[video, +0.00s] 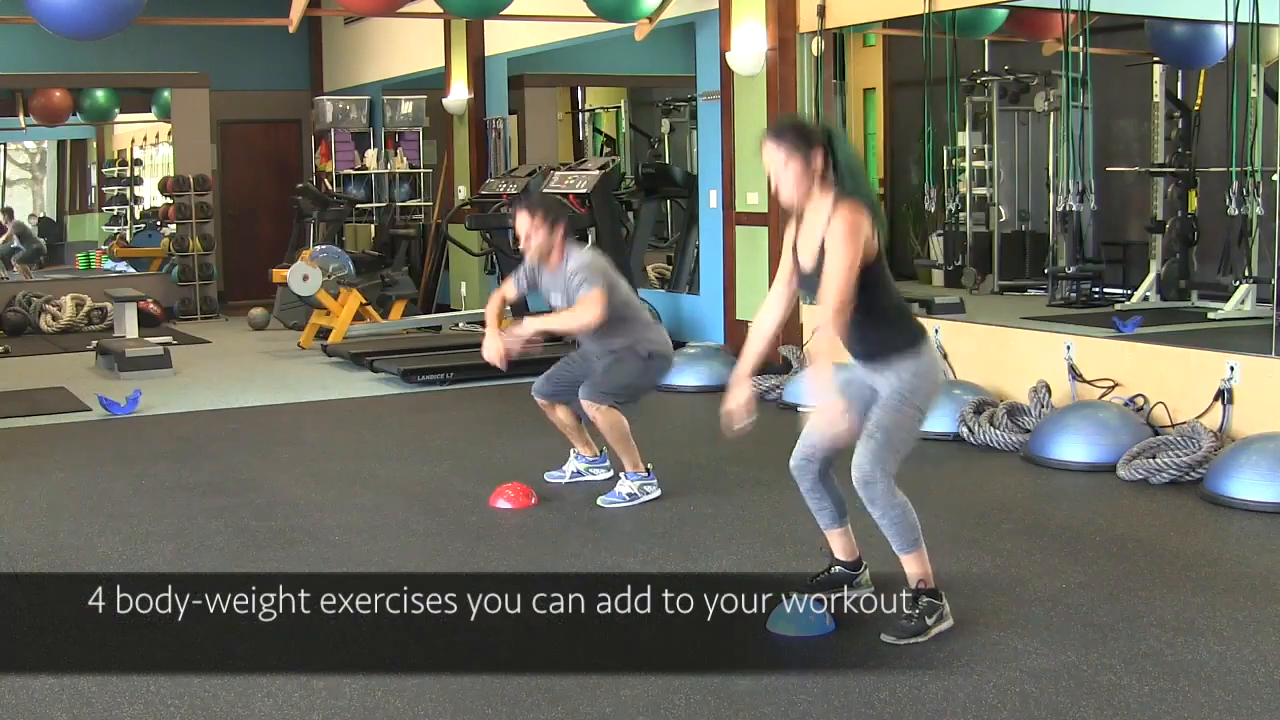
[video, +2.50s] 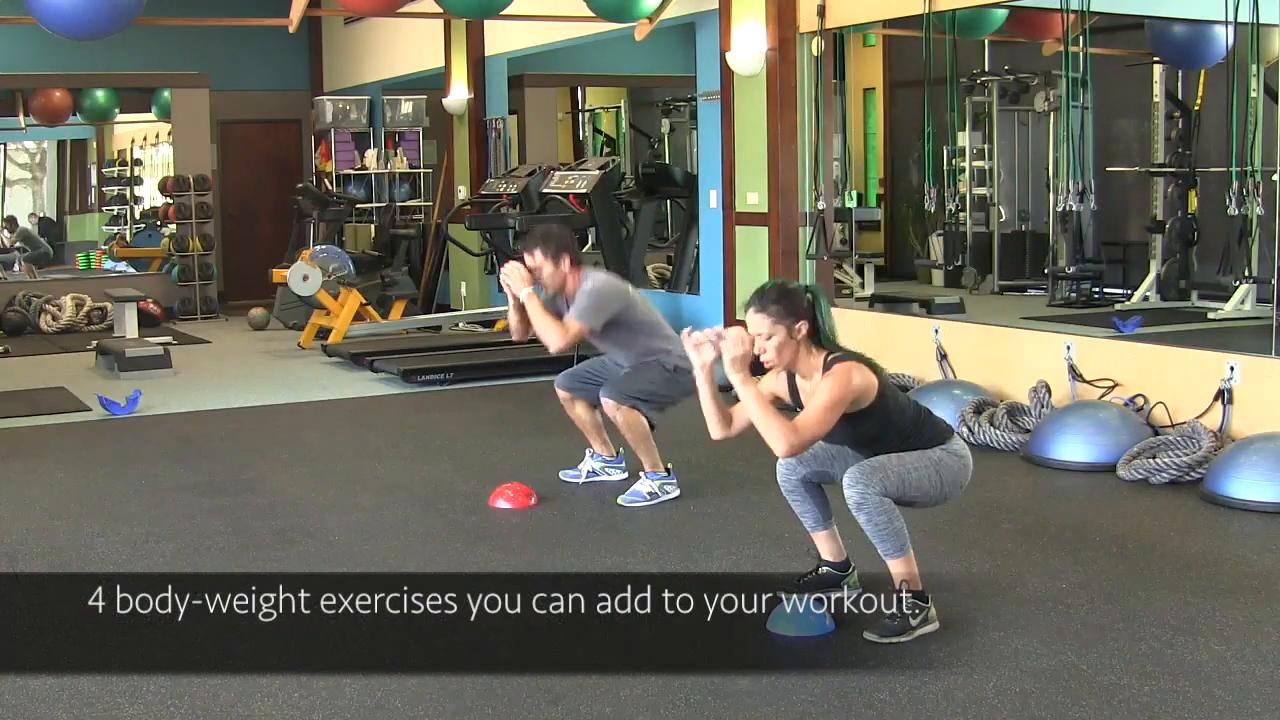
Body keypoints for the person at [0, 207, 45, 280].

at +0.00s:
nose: (1, 218)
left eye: (1, 216)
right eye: (1, 216)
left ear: (6, 216)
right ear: (8, 216)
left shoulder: (15, 225)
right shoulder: (14, 225)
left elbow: (4, 239)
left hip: (35, 247)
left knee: (18, 261)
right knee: (14, 260)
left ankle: (29, 279)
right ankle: (29, 279)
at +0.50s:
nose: (7, 192)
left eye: (7, 190)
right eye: (6, 190)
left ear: (10, 189)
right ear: (15, 187)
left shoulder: (21, 197)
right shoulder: (19, 198)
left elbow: (30, 206)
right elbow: (19, 212)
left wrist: (36, 219)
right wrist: (6, 214)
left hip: (26, 230)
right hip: (26, 230)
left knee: (10, 253)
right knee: (25, 257)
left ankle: (13, 276)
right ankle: (31, 277)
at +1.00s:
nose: (6, 213)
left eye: (8, 210)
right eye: (6, 211)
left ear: (14, 210)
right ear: (15, 210)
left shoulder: (20, 220)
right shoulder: (21, 219)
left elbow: (7, 231)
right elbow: (8, 231)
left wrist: (2, 218)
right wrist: (3, 219)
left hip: (41, 245)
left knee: (23, 261)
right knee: (25, 260)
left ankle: (36, 279)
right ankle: (36, 278)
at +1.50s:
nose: (7, 198)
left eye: (9, 195)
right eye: (7, 195)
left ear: (14, 195)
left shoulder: (21, 206)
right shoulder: (18, 207)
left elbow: (27, 214)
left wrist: (22, 227)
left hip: (35, 235)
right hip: (32, 235)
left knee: (23, 258)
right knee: (25, 258)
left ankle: (35, 279)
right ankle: (35, 278)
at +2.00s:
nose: (9, 185)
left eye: (11, 182)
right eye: (9, 182)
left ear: (17, 182)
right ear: (15, 182)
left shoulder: (21, 192)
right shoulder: (16, 194)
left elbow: (26, 205)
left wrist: (14, 215)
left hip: (26, 228)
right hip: (19, 228)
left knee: (23, 254)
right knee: (13, 251)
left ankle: (31, 277)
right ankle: (15, 274)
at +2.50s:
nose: (5, 228)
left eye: (6, 225)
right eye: (5, 226)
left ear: (11, 224)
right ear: (14, 224)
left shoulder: (21, 230)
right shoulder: (17, 233)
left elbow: (9, 244)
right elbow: (8, 244)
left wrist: (2, 235)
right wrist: (2, 236)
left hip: (45, 252)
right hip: (38, 252)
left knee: (25, 259)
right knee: (20, 259)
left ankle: (35, 280)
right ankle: (31, 280)